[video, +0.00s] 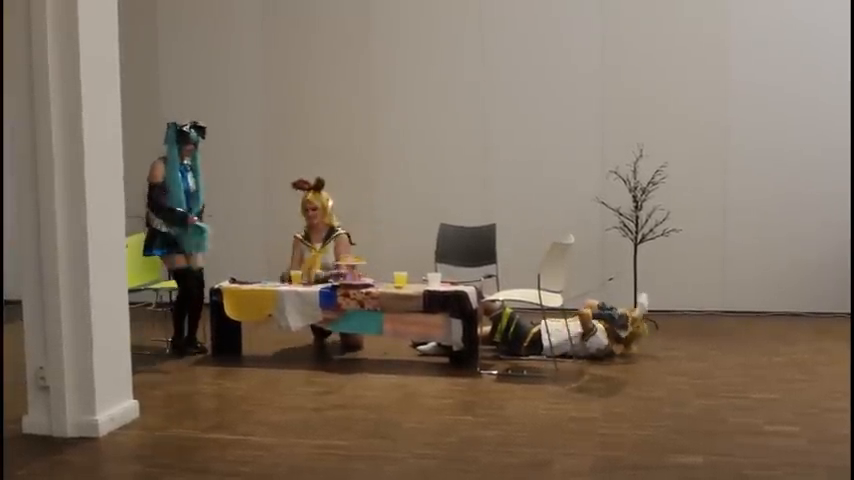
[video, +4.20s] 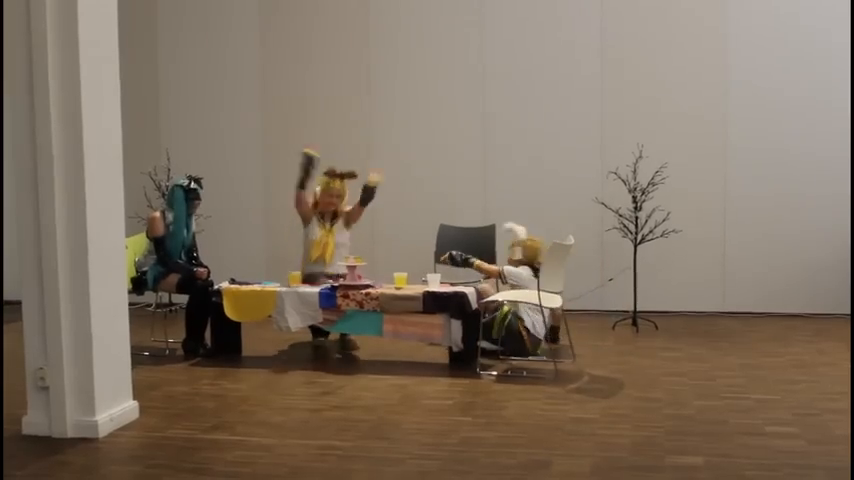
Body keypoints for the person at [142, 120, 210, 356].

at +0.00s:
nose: (191, 149)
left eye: (194, 145)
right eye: (187, 144)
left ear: (196, 146)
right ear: (177, 143)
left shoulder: (190, 168)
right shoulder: (161, 166)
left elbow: (195, 198)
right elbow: (154, 203)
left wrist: (198, 213)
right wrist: (182, 217)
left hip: (189, 232)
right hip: (167, 234)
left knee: (197, 286)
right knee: (186, 286)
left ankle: (191, 338)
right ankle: (178, 339)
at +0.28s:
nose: (194, 173)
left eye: (196, 169)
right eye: (191, 168)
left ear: (197, 170)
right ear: (180, 168)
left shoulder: (189, 191)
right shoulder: (162, 189)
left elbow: (187, 221)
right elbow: (146, 224)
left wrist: (185, 239)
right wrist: (168, 243)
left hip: (181, 251)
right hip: (160, 252)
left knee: (201, 287)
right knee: (189, 288)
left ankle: (191, 339)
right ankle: (178, 340)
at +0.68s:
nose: (183, 199)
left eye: (185, 196)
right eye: (180, 195)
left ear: (185, 197)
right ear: (169, 196)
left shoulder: (180, 217)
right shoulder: (152, 216)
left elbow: (185, 243)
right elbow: (137, 250)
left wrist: (180, 260)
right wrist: (162, 262)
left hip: (176, 268)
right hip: (157, 271)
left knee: (206, 290)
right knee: (193, 291)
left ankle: (190, 338)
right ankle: (178, 340)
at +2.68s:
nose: (189, 208)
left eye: (190, 204)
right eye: (186, 204)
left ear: (190, 204)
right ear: (174, 203)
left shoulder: (185, 222)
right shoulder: (153, 222)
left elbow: (191, 254)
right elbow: (165, 260)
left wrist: (200, 268)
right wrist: (192, 271)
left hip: (179, 269)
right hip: (159, 273)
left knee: (206, 285)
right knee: (198, 286)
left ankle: (199, 340)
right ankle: (192, 342)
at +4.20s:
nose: (195, 208)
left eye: (197, 204)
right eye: (193, 203)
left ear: (195, 203)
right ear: (180, 200)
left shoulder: (187, 221)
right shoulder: (158, 218)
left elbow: (192, 255)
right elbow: (165, 259)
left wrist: (202, 268)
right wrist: (192, 272)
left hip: (176, 269)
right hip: (155, 272)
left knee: (207, 286)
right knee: (198, 288)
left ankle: (199, 341)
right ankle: (191, 344)